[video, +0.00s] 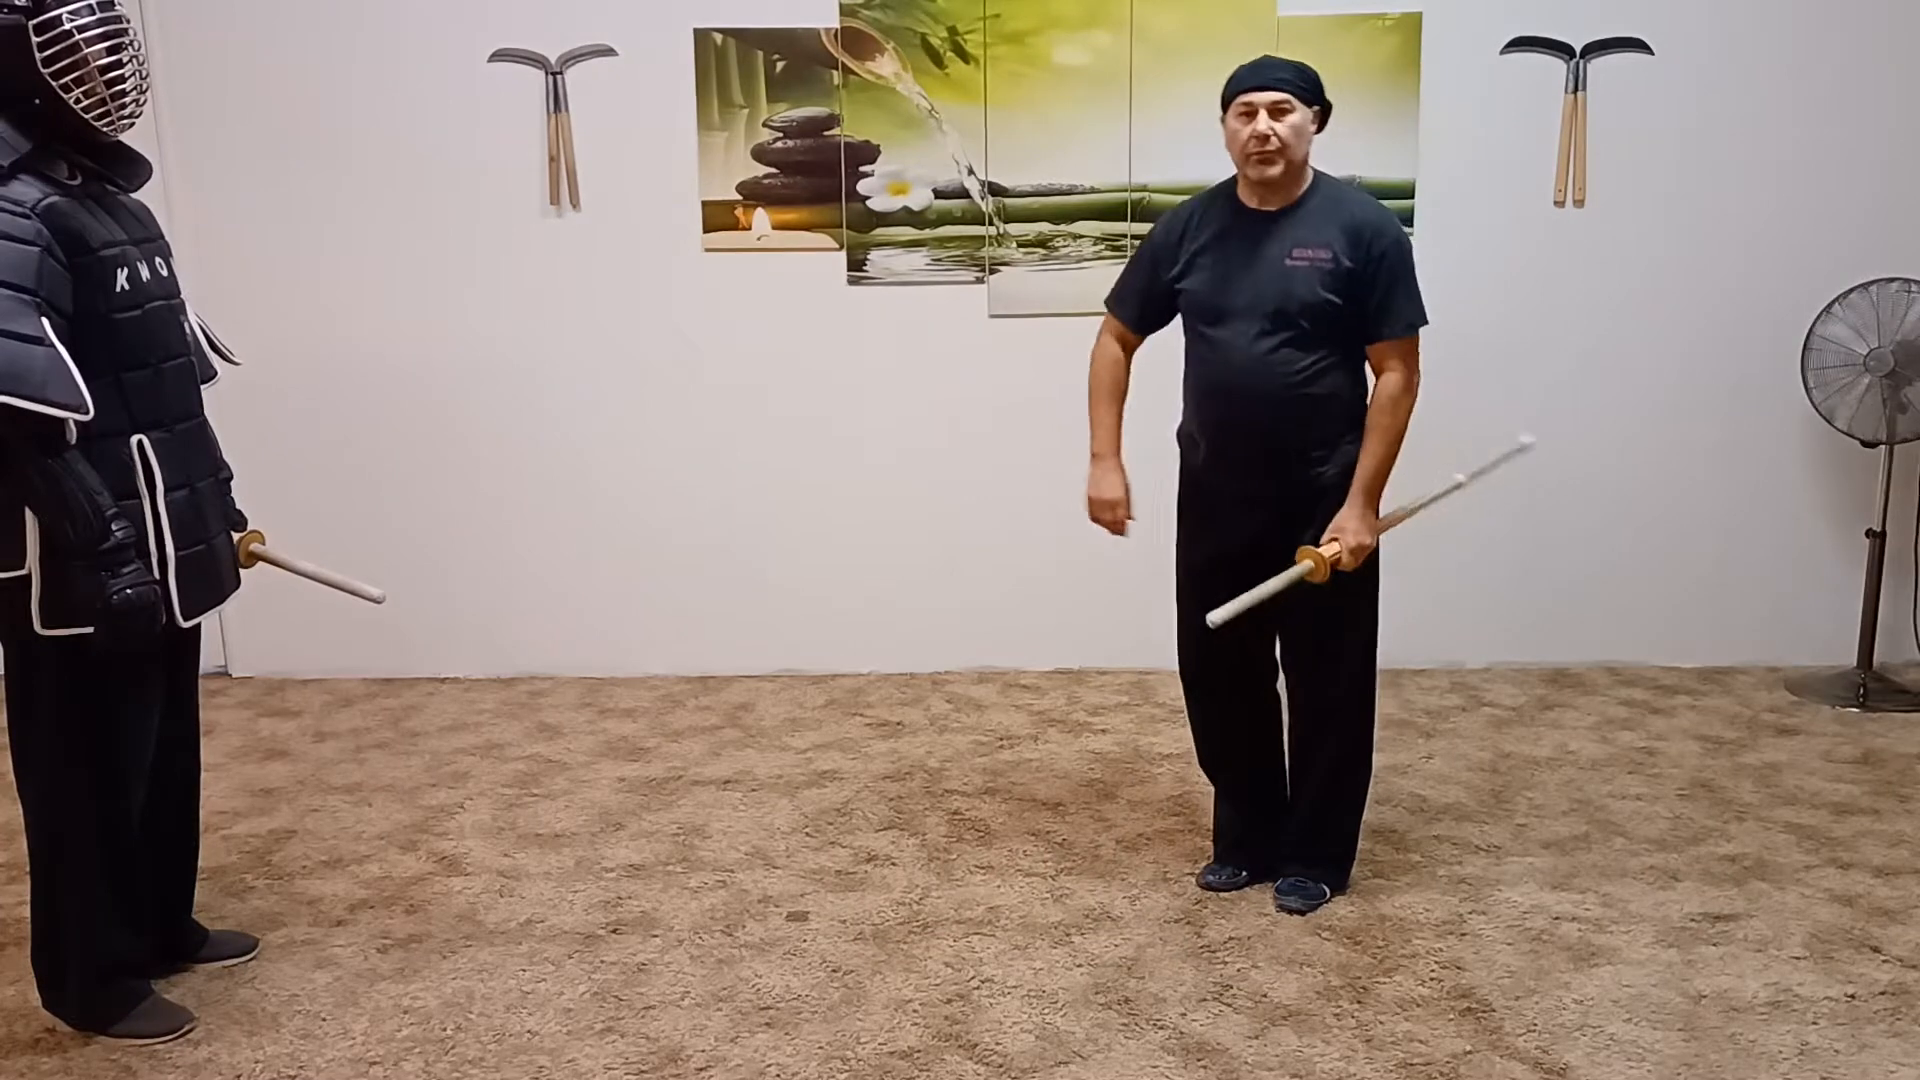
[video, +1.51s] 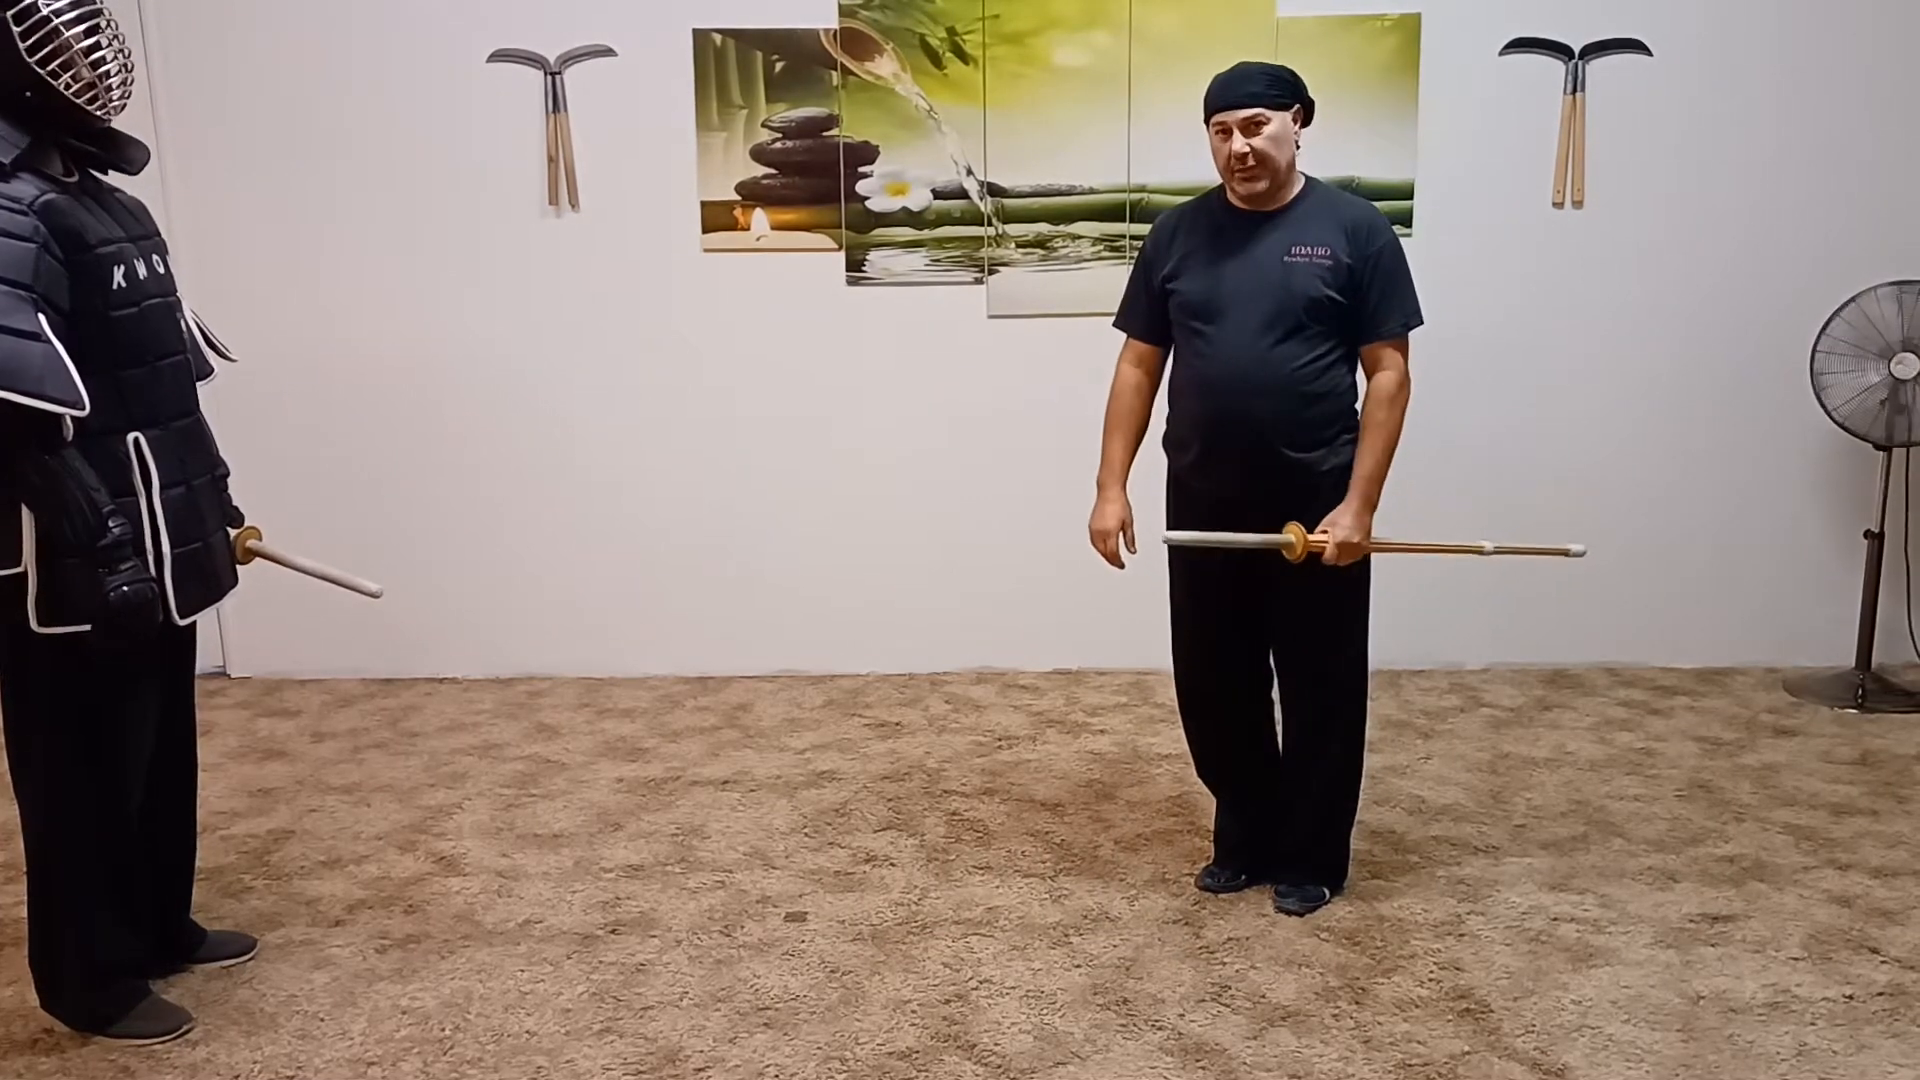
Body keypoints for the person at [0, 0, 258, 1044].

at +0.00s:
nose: (123, 67)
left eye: (119, 48)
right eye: (98, 49)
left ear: (100, 67)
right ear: (44, 67)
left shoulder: (119, 197)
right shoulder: (21, 206)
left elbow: (174, 380)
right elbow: (26, 400)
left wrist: (219, 509)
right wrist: (101, 538)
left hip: (159, 541)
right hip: (71, 553)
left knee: (161, 748)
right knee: (86, 768)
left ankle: (161, 931)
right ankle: (90, 981)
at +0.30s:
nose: (125, 68)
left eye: (121, 48)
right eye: (100, 50)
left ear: (97, 68)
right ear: (47, 67)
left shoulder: (118, 199)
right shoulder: (20, 208)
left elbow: (173, 383)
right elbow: (26, 402)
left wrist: (219, 510)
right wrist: (100, 541)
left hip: (158, 546)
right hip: (71, 558)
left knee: (160, 752)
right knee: (85, 772)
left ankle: (161, 932)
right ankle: (88, 982)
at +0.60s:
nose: (125, 70)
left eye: (121, 50)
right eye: (101, 52)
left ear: (98, 70)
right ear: (47, 68)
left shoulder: (121, 200)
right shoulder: (20, 207)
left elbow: (174, 382)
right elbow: (22, 402)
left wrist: (219, 507)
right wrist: (101, 538)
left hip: (159, 542)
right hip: (71, 552)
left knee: (160, 751)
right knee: (84, 771)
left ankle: (162, 933)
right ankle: (88, 982)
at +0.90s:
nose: (124, 83)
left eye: (121, 63)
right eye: (101, 66)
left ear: (97, 77)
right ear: (50, 79)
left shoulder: (122, 203)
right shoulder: (19, 211)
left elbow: (175, 382)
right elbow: (23, 404)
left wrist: (218, 508)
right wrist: (98, 538)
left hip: (158, 544)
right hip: (69, 557)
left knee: (160, 752)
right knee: (84, 772)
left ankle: (161, 933)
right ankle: (88, 982)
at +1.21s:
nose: (117, 75)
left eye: (112, 56)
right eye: (93, 58)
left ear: (89, 75)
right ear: (43, 75)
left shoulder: (121, 203)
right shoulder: (20, 212)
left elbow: (172, 383)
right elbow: (25, 407)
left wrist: (217, 508)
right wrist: (93, 543)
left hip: (157, 545)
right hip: (69, 559)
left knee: (159, 751)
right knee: (84, 773)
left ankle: (161, 932)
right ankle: (88, 983)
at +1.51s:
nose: (112, 74)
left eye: (107, 56)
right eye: (89, 58)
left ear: (86, 77)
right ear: (41, 76)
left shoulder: (119, 203)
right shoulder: (18, 209)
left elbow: (170, 378)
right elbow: (23, 404)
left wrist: (216, 507)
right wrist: (94, 538)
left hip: (155, 542)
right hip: (67, 555)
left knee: (158, 750)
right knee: (83, 771)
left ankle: (161, 932)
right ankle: (88, 983)